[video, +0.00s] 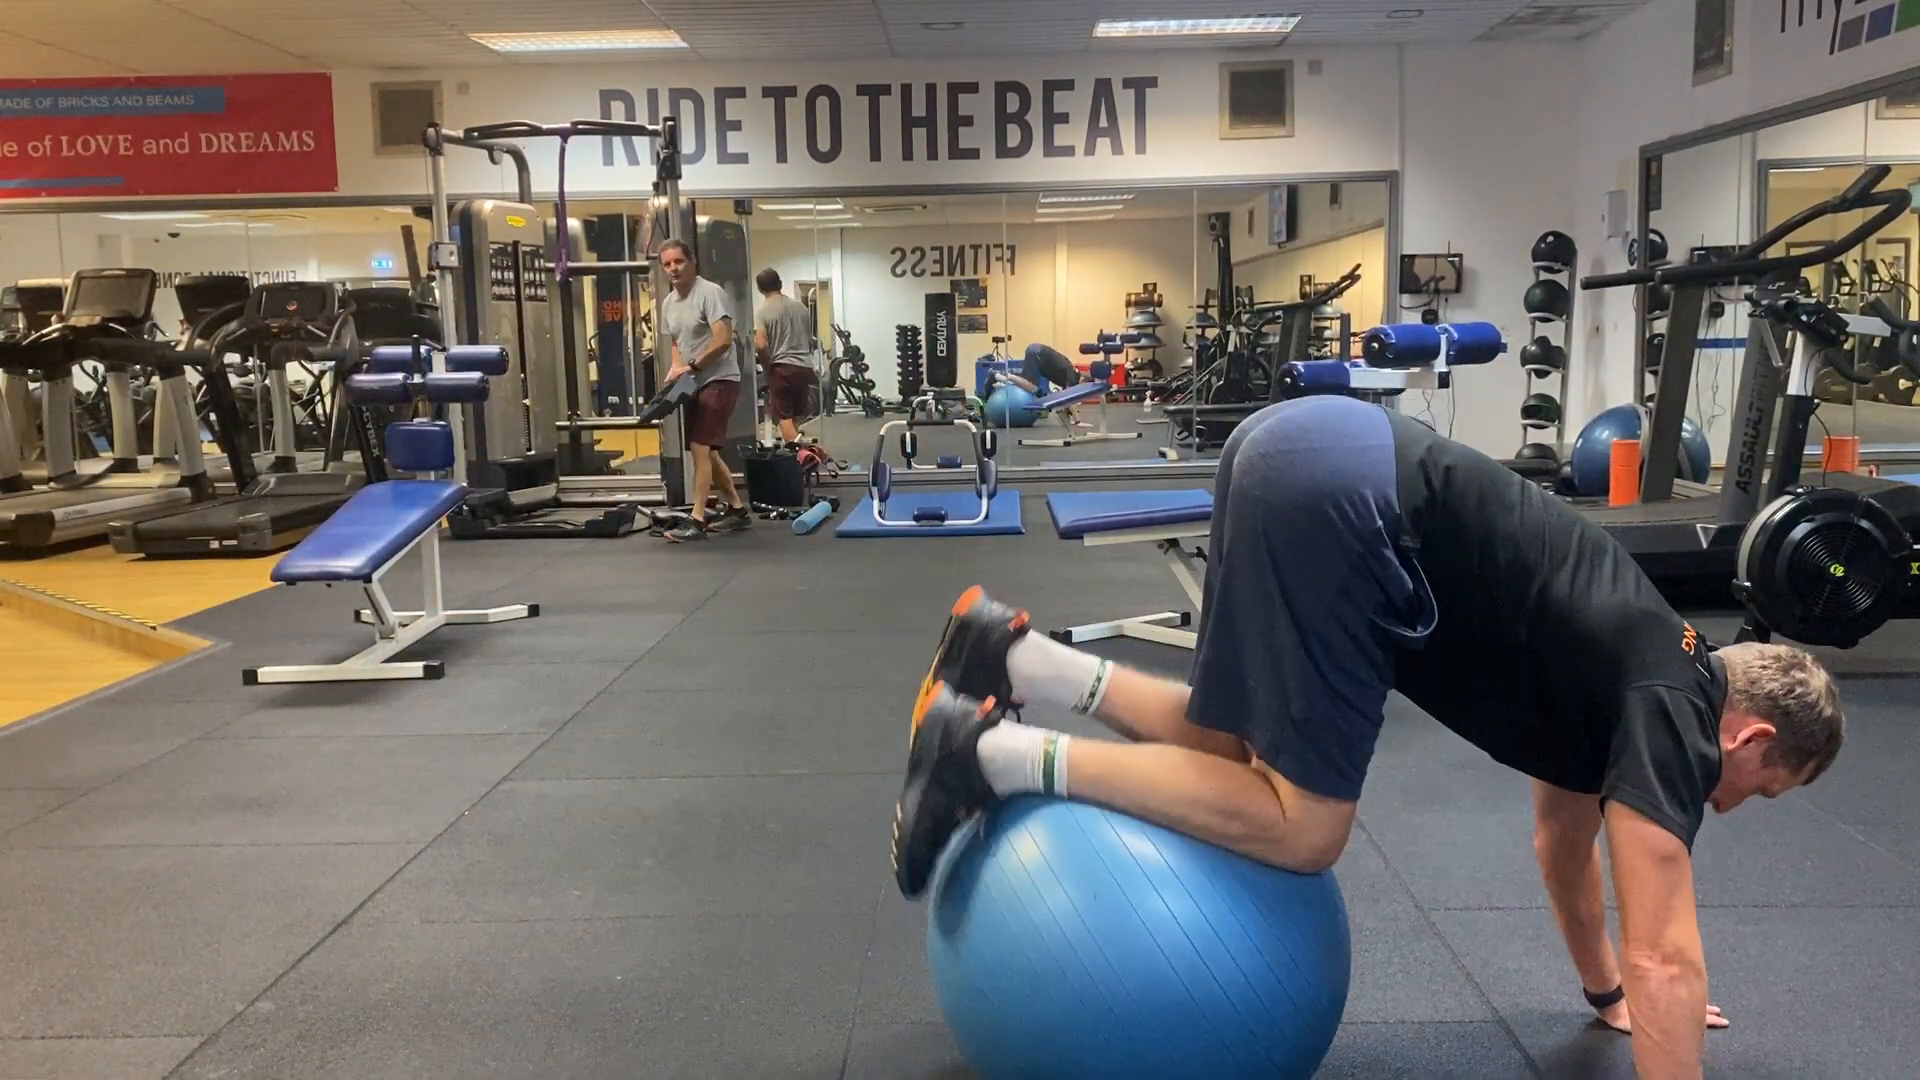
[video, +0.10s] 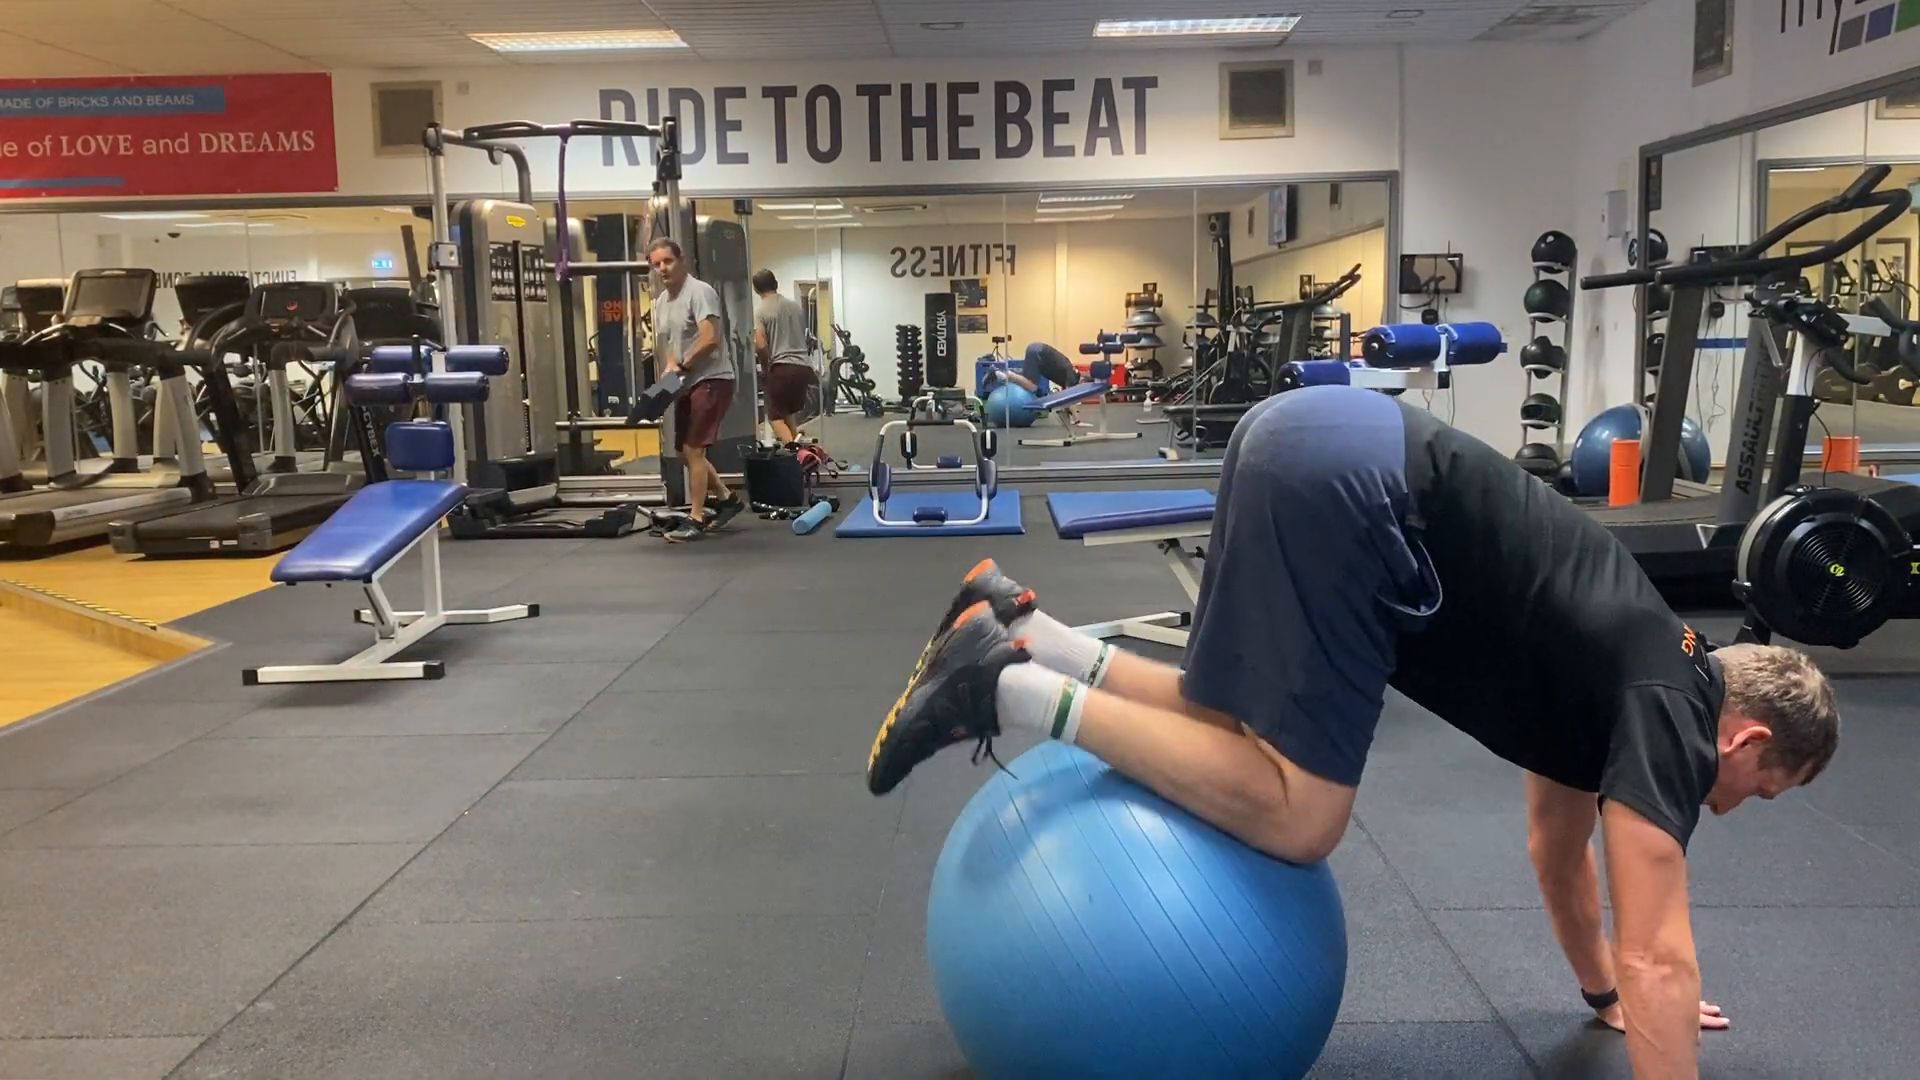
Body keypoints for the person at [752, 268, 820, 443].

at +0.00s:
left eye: (761, 287)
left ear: (760, 289)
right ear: (780, 284)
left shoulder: (762, 312)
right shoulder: (801, 307)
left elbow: (761, 345)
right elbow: (810, 341)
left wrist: (767, 366)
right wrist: (800, 354)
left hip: (781, 369)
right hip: (805, 369)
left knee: (785, 418)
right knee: (795, 417)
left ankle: (799, 457)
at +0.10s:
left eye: (756, 288)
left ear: (756, 290)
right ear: (776, 285)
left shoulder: (761, 311)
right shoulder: (795, 306)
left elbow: (761, 344)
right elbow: (803, 334)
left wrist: (765, 366)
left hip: (781, 367)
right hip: (803, 367)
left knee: (775, 416)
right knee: (789, 413)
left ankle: (793, 449)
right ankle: (797, 446)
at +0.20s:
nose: (752, 294)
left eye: (752, 290)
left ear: (753, 290)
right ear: (771, 285)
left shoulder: (760, 309)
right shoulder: (792, 305)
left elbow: (762, 344)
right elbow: (798, 335)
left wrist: (763, 358)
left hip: (779, 366)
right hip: (801, 366)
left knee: (768, 414)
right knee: (789, 413)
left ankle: (789, 444)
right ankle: (795, 449)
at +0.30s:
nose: (747, 297)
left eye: (746, 293)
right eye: (747, 293)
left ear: (750, 290)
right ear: (763, 286)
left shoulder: (758, 307)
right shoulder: (785, 303)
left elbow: (763, 344)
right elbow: (792, 334)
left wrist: (754, 351)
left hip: (779, 364)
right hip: (800, 363)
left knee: (764, 413)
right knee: (788, 413)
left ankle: (780, 442)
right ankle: (790, 454)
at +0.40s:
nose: (745, 299)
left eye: (744, 294)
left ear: (748, 290)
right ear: (756, 286)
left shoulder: (758, 307)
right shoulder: (778, 303)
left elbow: (763, 345)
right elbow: (786, 336)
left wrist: (752, 359)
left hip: (779, 363)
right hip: (797, 361)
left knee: (762, 414)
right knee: (786, 412)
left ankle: (765, 456)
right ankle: (790, 455)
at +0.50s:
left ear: (741, 295)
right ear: (751, 289)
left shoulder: (754, 308)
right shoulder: (770, 304)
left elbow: (762, 348)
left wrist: (747, 360)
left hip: (777, 365)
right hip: (792, 363)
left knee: (759, 414)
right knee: (781, 413)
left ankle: (759, 455)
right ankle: (788, 453)